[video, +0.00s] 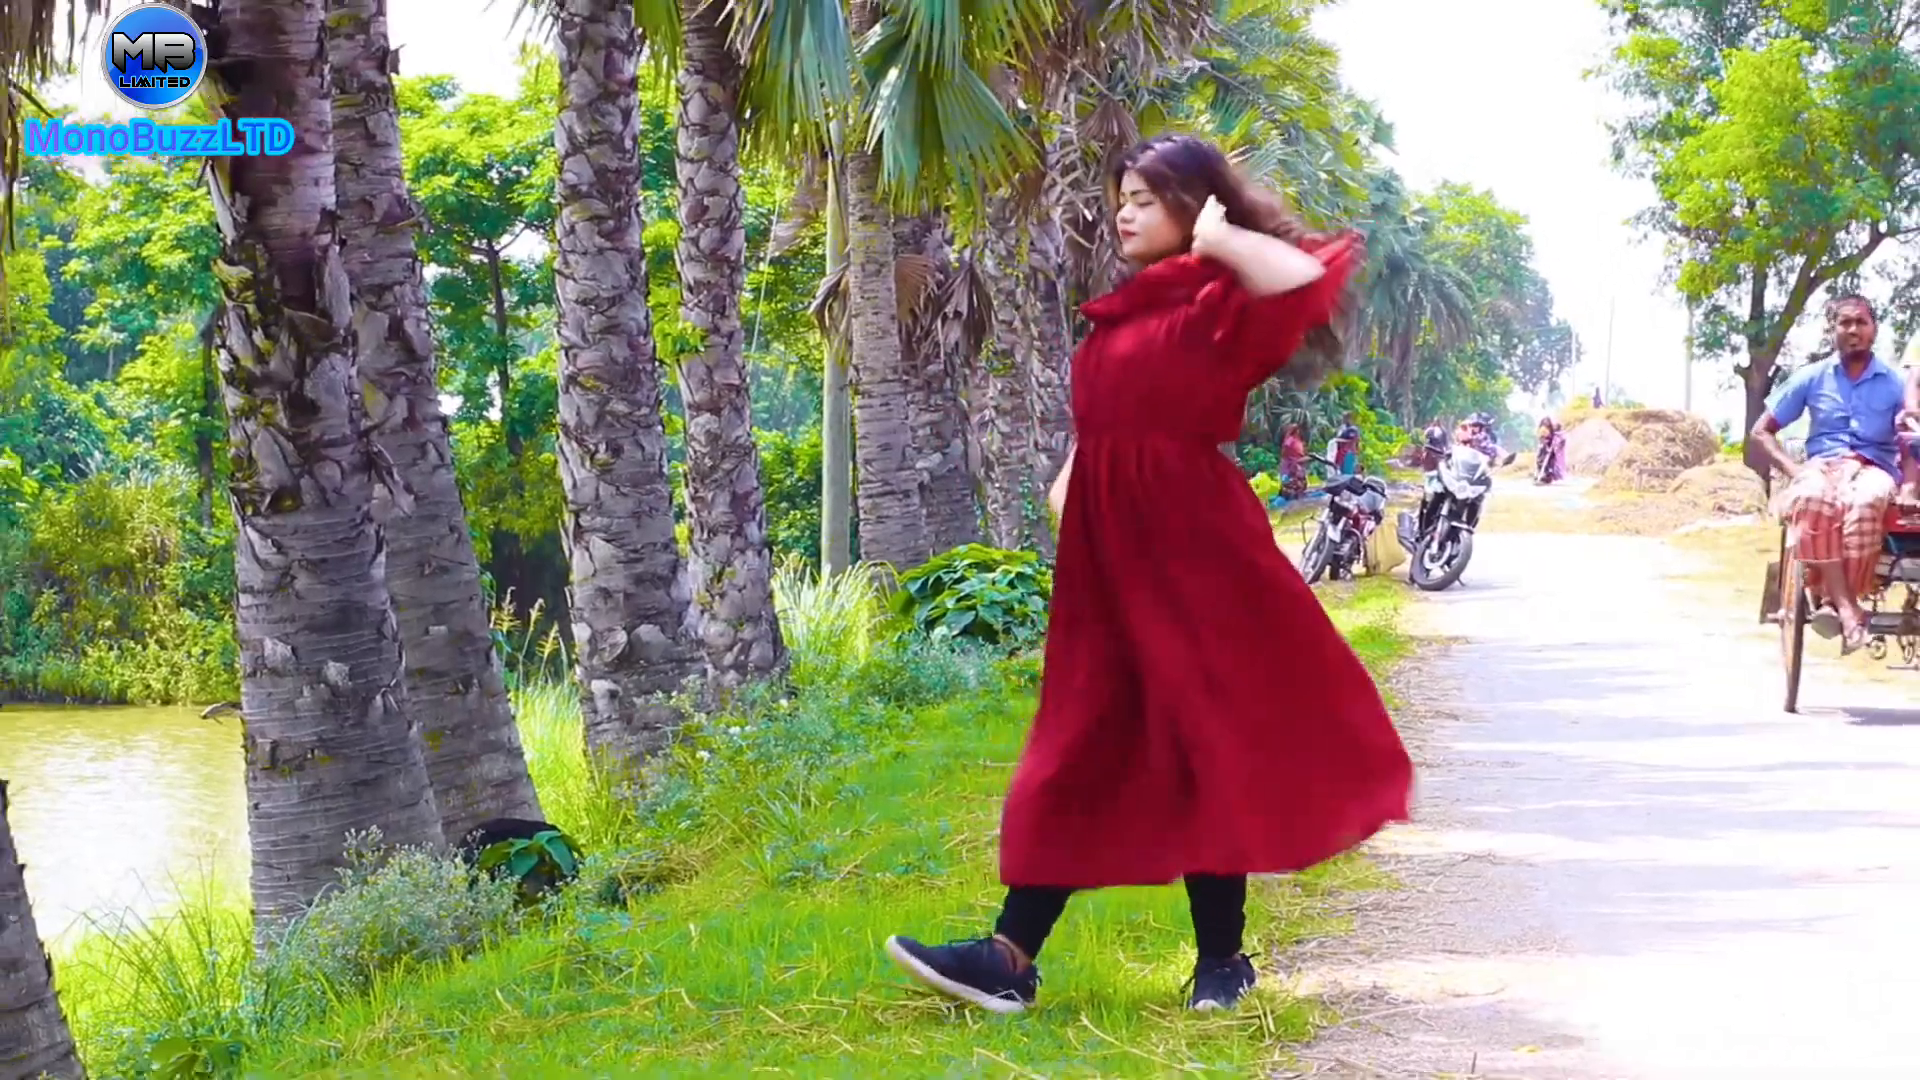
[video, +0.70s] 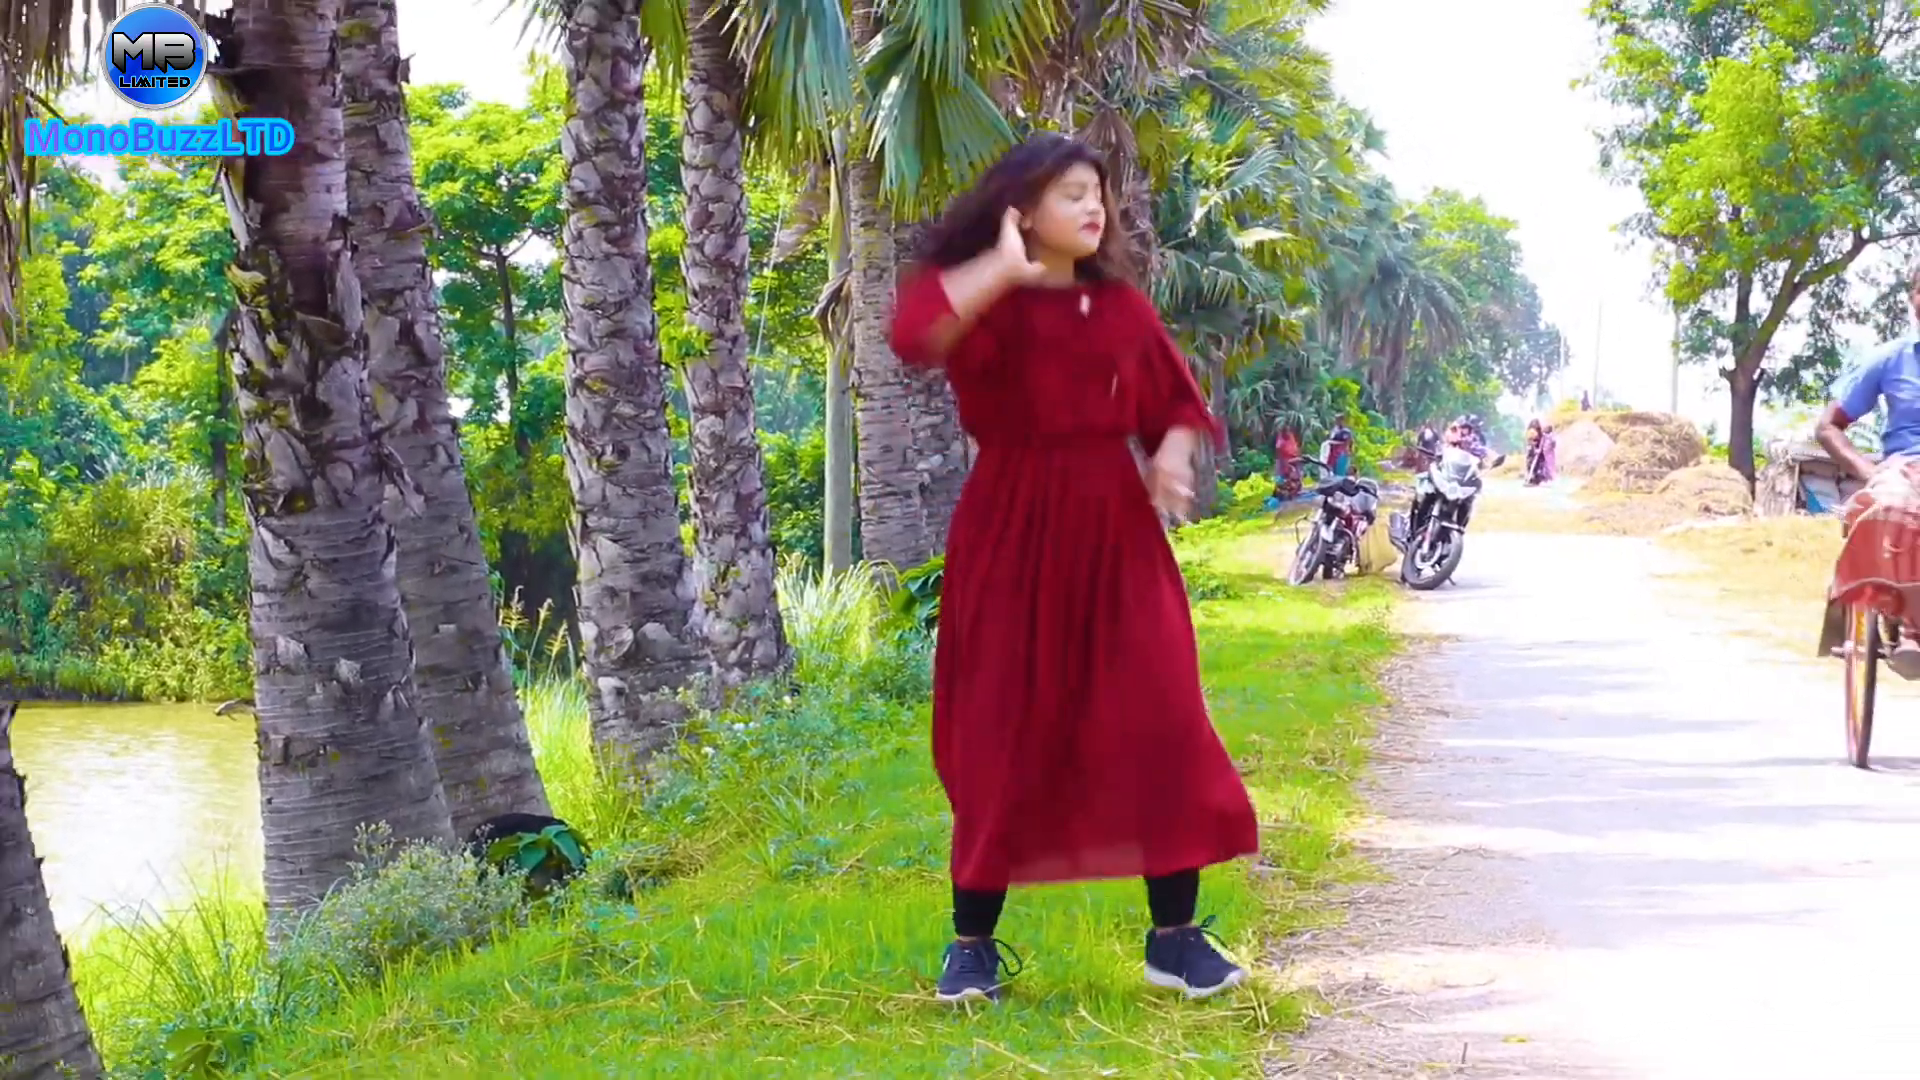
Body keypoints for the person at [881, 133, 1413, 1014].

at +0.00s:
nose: (1122, 216)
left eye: (1142, 202)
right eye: (1121, 202)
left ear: (1192, 214)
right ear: (1123, 215)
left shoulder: (1221, 296)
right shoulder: (1120, 313)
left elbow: (1306, 281)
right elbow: (1113, 420)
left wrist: (1217, 233)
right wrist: (1069, 474)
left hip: (1192, 551)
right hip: (1109, 548)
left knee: (1202, 746)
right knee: (1074, 746)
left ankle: (1221, 961)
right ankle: (1011, 954)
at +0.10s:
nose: (1115, 242)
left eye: (1132, 229)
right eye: (1112, 228)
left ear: (1185, 238)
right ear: (1113, 241)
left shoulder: (1221, 316)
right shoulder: (1102, 330)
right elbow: (1057, 419)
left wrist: (1163, 266)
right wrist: (1032, 505)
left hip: (1178, 556)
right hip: (1091, 549)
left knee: (1173, 737)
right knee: (1054, 728)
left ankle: (1204, 935)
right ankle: (1005, 926)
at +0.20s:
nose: (1106, 222)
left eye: (1121, 207)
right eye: (1105, 207)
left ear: (1173, 214)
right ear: (1118, 218)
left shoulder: (1222, 291)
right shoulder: (1103, 310)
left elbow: (1187, 286)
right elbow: (1053, 401)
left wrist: (1179, 231)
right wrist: (1028, 469)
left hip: (1200, 546)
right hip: (1101, 541)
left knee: (1196, 741)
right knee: (1028, 718)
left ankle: (1220, 959)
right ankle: (1002, 941)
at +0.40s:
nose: (1052, 245)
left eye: (1074, 231)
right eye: (1050, 231)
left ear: (1128, 245)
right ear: (1049, 244)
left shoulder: (1179, 329)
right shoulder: (1036, 340)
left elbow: (1310, 337)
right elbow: (989, 437)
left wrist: (1202, 281)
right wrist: (979, 488)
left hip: (1153, 560)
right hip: (1049, 562)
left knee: (1171, 749)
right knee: (1012, 752)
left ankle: (1210, 944)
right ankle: (974, 937)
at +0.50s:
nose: (1056, 243)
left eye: (1076, 230)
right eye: (1043, 231)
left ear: (1116, 248)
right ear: (1026, 251)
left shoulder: (1165, 345)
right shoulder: (998, 351)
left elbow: (1266, 439)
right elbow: (913, 463)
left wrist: (1184, 369)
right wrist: (965, 479)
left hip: (1141, 569)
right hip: (1030, 573)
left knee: (1170, 759)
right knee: (1002, 763)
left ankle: (1213, 948)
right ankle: (971, 948)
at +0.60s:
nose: (1085, 216)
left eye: (1098, 206)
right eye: (1064, 204)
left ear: (1116, 232)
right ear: (1022, 229)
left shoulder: (1152, 332)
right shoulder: (983, 331)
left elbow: (1205, 465)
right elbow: (923, 434)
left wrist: (1170, 447)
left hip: (1129, 561)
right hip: (1012, 563)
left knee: (1180, 751)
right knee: (994, 759)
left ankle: (1214, 957)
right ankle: (972, 972)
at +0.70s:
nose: (1094, 208)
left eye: (1099, 195)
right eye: (1075, 196)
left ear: (1106, 211)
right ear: (1023, 210)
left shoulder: (1124, 306)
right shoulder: (970, 291)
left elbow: (1183, 408)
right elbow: (912, 338)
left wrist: (1172, 452)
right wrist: (1000, 267)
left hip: (1118, 526)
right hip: (1011, 530)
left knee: (1170, 720)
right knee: (995, 726)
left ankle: (1175, 933)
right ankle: (972, 946)